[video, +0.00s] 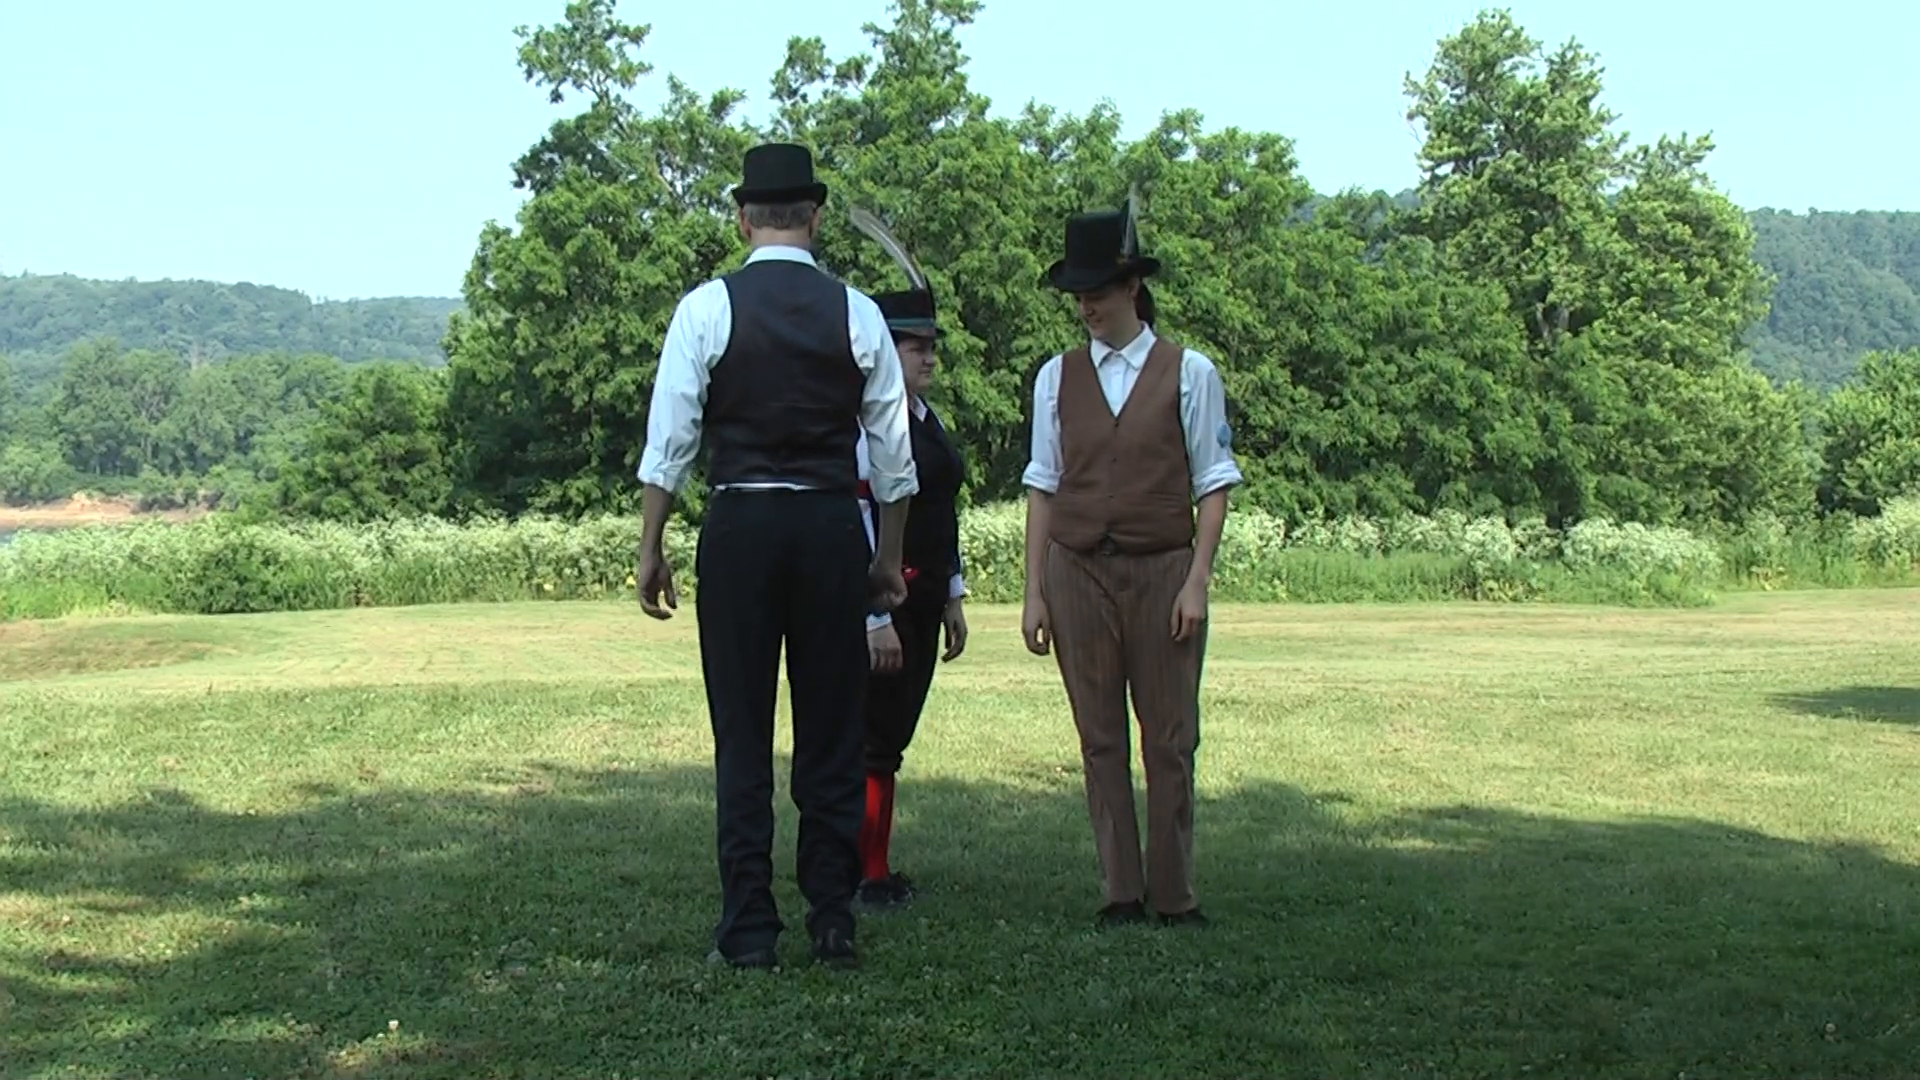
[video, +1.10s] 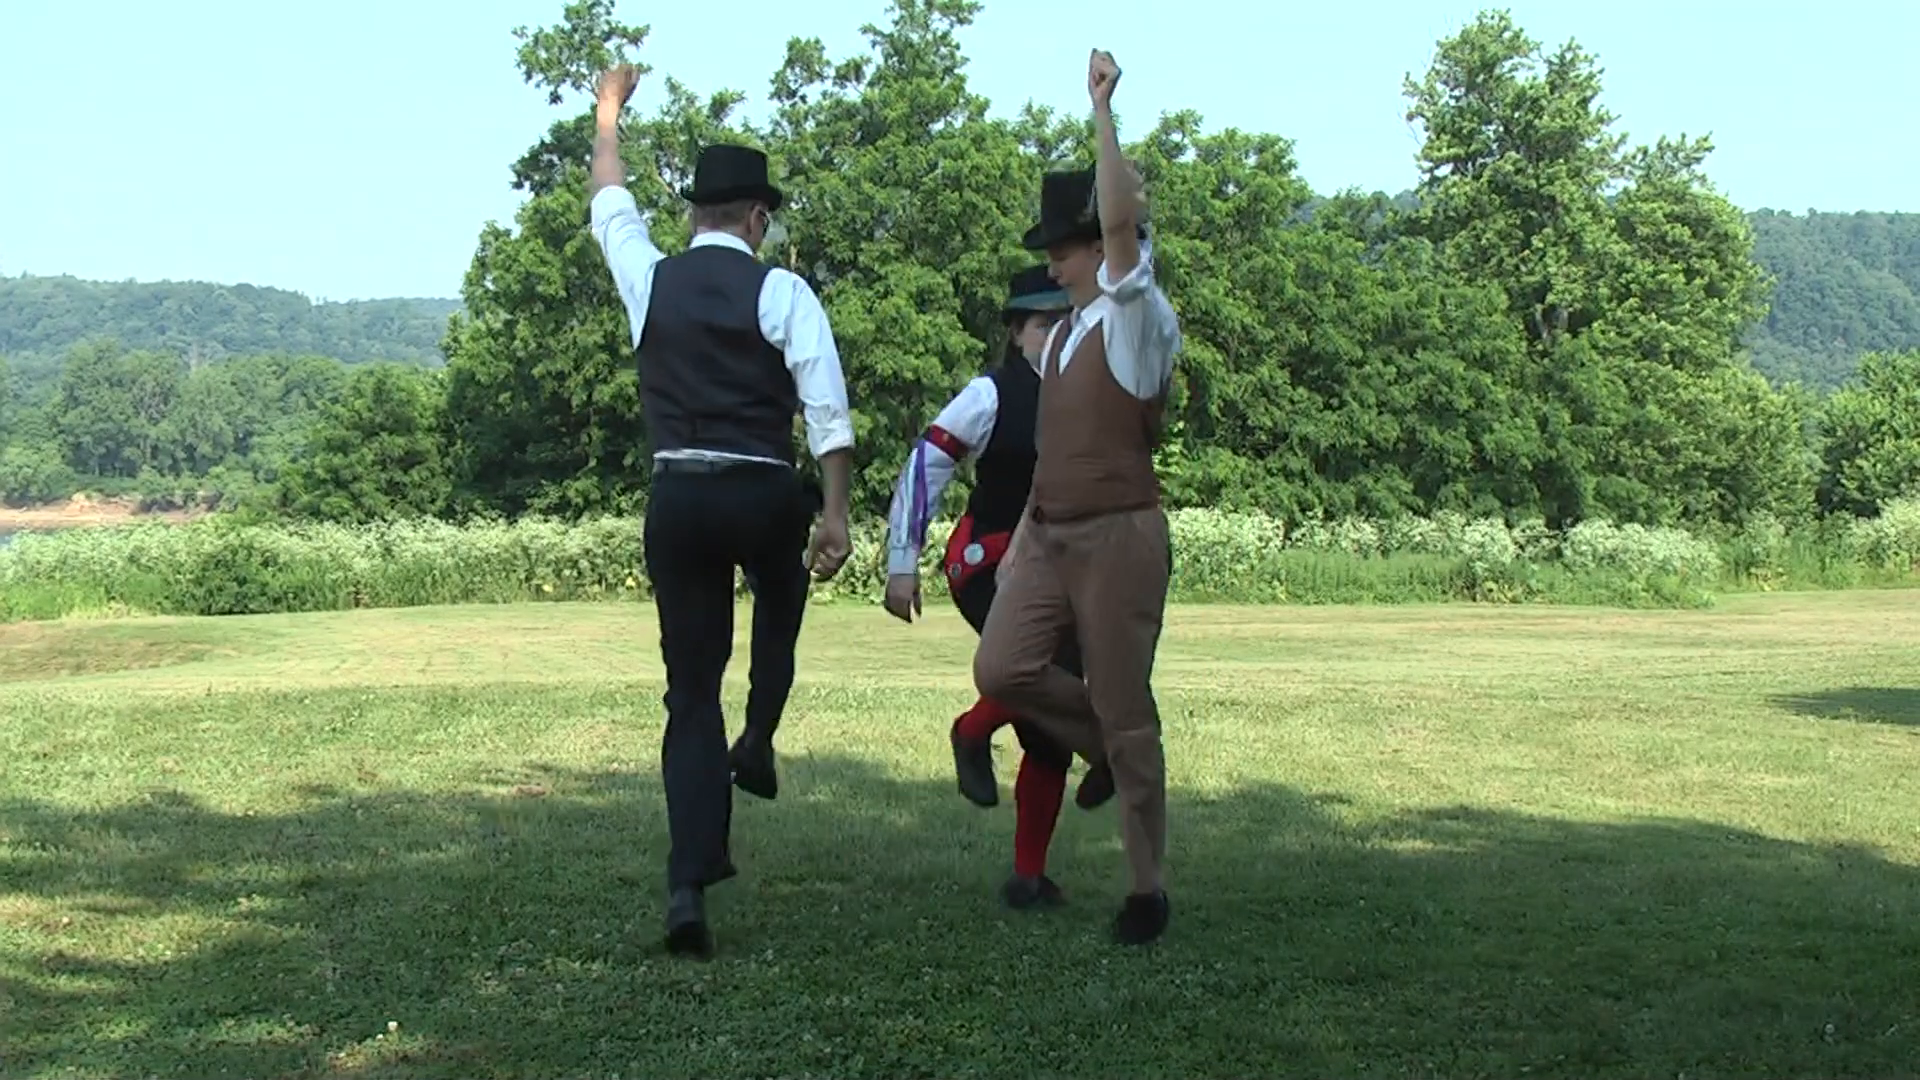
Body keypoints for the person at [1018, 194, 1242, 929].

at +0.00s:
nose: (1087, 306)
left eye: (1098, 293)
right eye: (1079, 296)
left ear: (1135, 288)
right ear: (1074, 299)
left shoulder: (1189, 372)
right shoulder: (1055, 377)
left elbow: (1215, 483)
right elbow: (1041, 489)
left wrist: (1198, 580)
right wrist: (1034, 591)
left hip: (1166, 575)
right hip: (1076, 577)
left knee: (1170, 744)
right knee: (1101, 745)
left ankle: (1173, 895)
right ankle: (1122, 894)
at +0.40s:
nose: (1082, 309)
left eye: (1094, 295)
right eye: (1074, 299)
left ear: (1130, 290)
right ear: (1068, 303)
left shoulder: (1184, 376)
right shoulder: (1051, 380)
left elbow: (1221, 482)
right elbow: (1037, 492)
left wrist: (1186, 491)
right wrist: (1028, 593)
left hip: (1158, 579)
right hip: (1070, 579)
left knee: (1161, 746)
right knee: (1094, 746)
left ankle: (1174, 872)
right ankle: (1116, 896)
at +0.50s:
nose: (1084, 312)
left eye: (1094, 298)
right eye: (1075, 302)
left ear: (1131, 290)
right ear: (1069, 306)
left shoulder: (1187, 372)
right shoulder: (1052, 380)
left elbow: (1230, 475)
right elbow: (1036, 491)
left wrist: (1197, 404)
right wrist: (1029, 592)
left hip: (1158, 574)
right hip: (1069, 574)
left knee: (1150, 732)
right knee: (1093, 743)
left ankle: (1161, 792)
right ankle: (1113, 896)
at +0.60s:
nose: (1083, 311)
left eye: (1096, 296)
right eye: (1074, 301)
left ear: (1132, 291)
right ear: (1068, 304)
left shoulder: (1178, 368)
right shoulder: (1050, 379)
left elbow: (1236, 420)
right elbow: (1037, 491)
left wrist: (1197, 328)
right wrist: (1028, 592)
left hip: (1156, 569)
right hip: (1069, 571)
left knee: (1131, 715)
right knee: (1091, 743)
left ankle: (1159, 769)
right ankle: (1114, 894)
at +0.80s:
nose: (1081, 308)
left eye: (1094, 293)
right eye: (1074, 295)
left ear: (1134, 291)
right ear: (1067, 297)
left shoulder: (1175, 363)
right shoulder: (1056, 371)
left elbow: (1215, 296)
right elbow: (1037, 485)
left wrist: (1192, 198)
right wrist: (1026, 586)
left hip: (1148, 577)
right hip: (1068, 578)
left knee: (1115, 749)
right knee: (1083, 751)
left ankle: (1142, 908)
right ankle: (1116, 899)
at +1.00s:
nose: (1066, 295)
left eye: (1077, 282)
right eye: (1063, 284)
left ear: (1117, 281)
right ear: (1071, 290)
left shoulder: (1147, 351)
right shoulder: (1063, 370)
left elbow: (1150, 263)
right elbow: (1044, 482)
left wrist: (1144, 152)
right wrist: (1018, 567)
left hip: (1136, 577)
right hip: (1061, 580)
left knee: (1119, 756)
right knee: (1019, 716)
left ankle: (1136, 916)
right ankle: (1112, 803)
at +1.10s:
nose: (1058, 262)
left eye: (1066, 250)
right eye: (1053, 252)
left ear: (1102, 244)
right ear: (1061, 256)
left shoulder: (1136, 311)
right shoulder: (1061, 329)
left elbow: (1124, 220)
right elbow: (1057, 437)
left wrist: (1102, 112)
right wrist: (1029, 530)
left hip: (1120, 536)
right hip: (1045, 533)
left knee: (1122, 715)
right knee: (1003, 672)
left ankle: (1147, 891)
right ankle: (1113, 739)